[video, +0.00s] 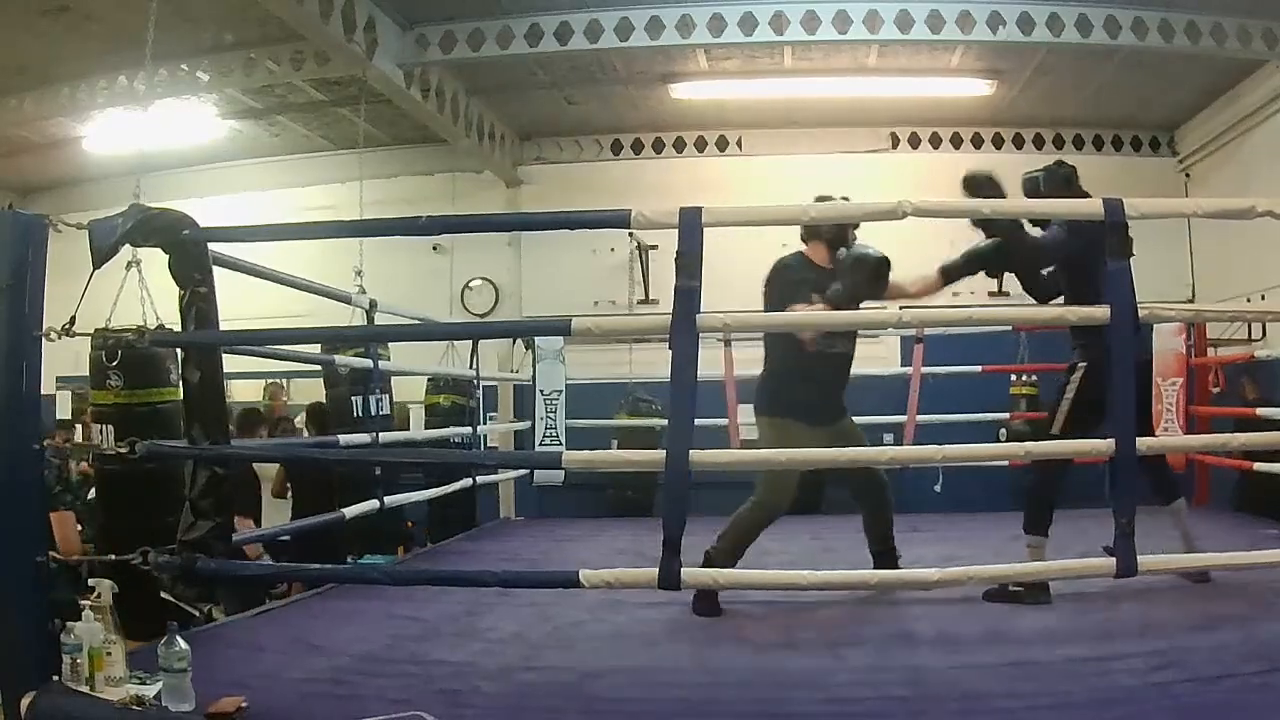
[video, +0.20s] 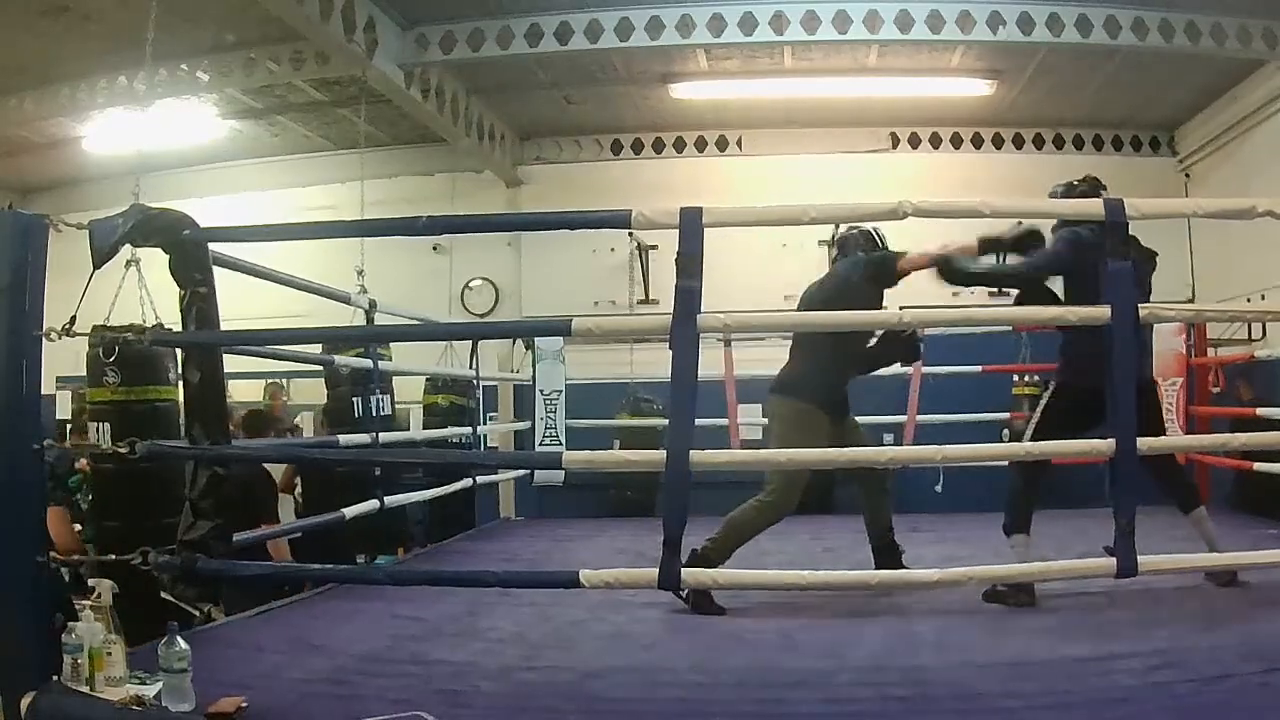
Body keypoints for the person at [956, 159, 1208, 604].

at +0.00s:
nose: (1035, 212)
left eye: (1038, 202)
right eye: (1034, 204)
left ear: (1056, 194)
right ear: (1074, 188)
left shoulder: (1079, 224)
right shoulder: (1098, 228)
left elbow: (1034, 250)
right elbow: (1043, 290)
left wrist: (1002, 221)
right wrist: (1011, 259)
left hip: (1097, 356)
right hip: (1132, 353)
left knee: (1048, 453)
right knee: (1145, 448)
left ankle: (1033, 573)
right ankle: (1193, 551)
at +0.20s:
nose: (1053, 219)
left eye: (1057, 212)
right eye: (1054, 212)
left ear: (1070, 209)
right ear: (1102, 207)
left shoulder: (1073, 240)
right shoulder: (1135, 250)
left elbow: (1027, 272)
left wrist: (962, 274)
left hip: (1083, 379)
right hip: (1135, 379)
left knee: (1027, 459)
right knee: (1162, 459)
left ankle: (1020, 576)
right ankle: (1219, 556)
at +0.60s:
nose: (1001, 206)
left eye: (1003, 200)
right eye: (1004, 201)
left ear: (1011, 200)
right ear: (1057, 196)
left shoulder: (999, 233)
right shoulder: (1091, 232)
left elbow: (929, 251)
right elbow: (1127, 243)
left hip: (1035, 382)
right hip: (1096, 379)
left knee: (986, 469)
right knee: (1145, 461)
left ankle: (935, 572)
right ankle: (1198, 569)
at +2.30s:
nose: (758, 203)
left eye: (761, 195)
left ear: (767, 195)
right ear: (817, 189)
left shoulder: (754, 236)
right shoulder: (852, 227)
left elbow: (735, 311)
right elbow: (857, 304)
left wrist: (717, 281)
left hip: (786, 381)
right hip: (846, 379)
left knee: (767, 476)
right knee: (867, 489)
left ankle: (739, 581)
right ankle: (865, 616)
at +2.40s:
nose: (757, 222)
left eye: (752, 213)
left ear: (746, 214)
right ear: (796, 200)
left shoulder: (745, 256)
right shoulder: (838, 232)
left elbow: (732, 326)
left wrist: (719, 249)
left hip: (794, 386)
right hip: (857, 381)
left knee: (771, 477)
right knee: (869, 490)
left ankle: (739, 581)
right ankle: (868, 617)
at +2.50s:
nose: (766, 211)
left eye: (755, 204)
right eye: (785, 190)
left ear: (746, 206)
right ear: (798, 194)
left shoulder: (741, 248)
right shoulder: (836, 227)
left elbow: (738, 326)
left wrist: (717, 251)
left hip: (796, 380)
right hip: (856, 375)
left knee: (777, 475)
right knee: (884, 475)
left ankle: (739, 579)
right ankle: (880, 604)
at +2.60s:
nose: (789, 209)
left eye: (779, 200)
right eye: (806, 191)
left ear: (766, 202)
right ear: (819, 195)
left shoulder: (753, 248)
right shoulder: (851, 232)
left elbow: (737, 330)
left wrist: (733, 320)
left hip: (790, 386)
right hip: (850, 381)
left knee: (781, 471)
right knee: (897, 481)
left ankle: (747, 570)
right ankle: (905, 607)